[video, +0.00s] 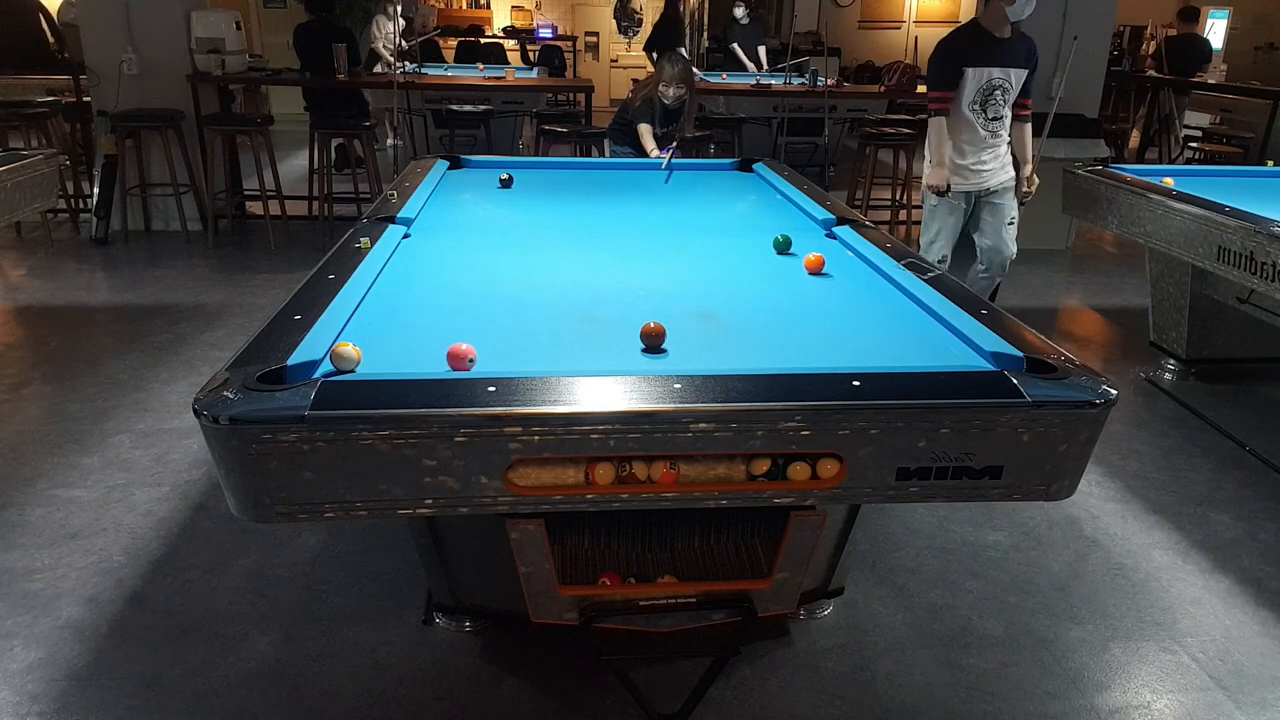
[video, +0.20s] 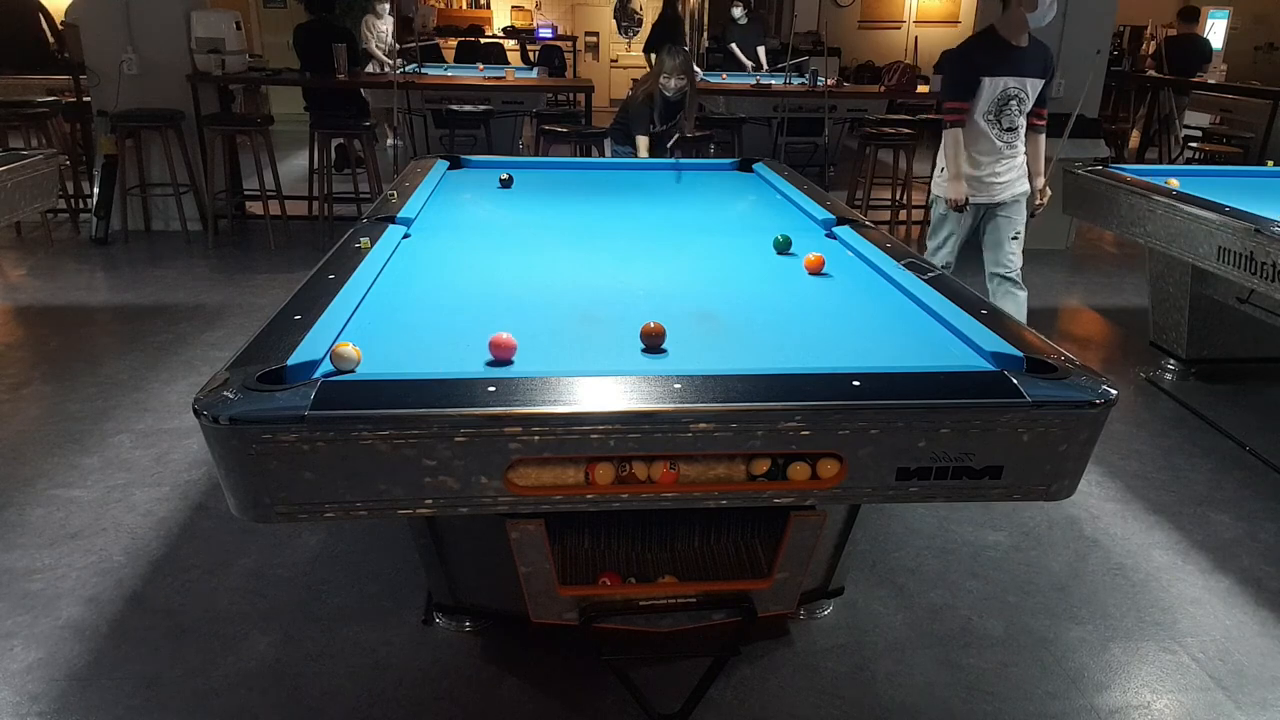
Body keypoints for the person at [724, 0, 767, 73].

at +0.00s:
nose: (736, 11)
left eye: (739, 7)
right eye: (735, 7)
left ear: (747, 10)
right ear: (732, 10)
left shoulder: (756, 25)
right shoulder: (730, 25)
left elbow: (761, 46)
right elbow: (734, 46)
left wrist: (765, 66)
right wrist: (748, 64)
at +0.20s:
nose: (735, 11)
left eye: (738, 7)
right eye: (733, 7)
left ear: (745, 10)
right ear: (730, 10)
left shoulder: (755, 25)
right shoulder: (729, 26)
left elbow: (760, 46)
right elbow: (732, 46)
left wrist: (765, 65)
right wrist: (746, 62)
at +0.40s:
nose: (731, 10)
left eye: (735, 7)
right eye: (730, 7)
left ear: (742, 10)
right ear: (727, 10)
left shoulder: (753, 25)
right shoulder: (727, 26)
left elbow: (758, 46)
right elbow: (727, 44)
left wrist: (764, 65)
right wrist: (735, 56)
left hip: (752, 69)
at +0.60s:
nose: (731, 10)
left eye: (734, 7)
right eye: (729, 7)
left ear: (741, 9)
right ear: (727, 10)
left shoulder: (752, 26)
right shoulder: (725, 26)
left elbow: (758, 47)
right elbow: (722, 45)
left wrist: (765, 66)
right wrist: (721, 56)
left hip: (751, 72)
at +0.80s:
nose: (731, 10)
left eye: (734, 7)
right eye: (730, 7)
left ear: (742, 9)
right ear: (728, 9)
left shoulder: (753, 26)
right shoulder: (725, 26)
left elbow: (758, 47)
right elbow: (720, 46)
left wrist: (765, 66)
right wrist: (716, 62)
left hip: (750, 70)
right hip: (729, 70)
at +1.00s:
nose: (732, 10)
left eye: (736, 7)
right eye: (731, 7)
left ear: (743, 9)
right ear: (728, 9)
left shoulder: (753, 26)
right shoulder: (726, 26)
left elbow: (759, 47)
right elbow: (721, 47)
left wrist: (765, 66)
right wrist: (716, 65)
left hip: (750, 72)